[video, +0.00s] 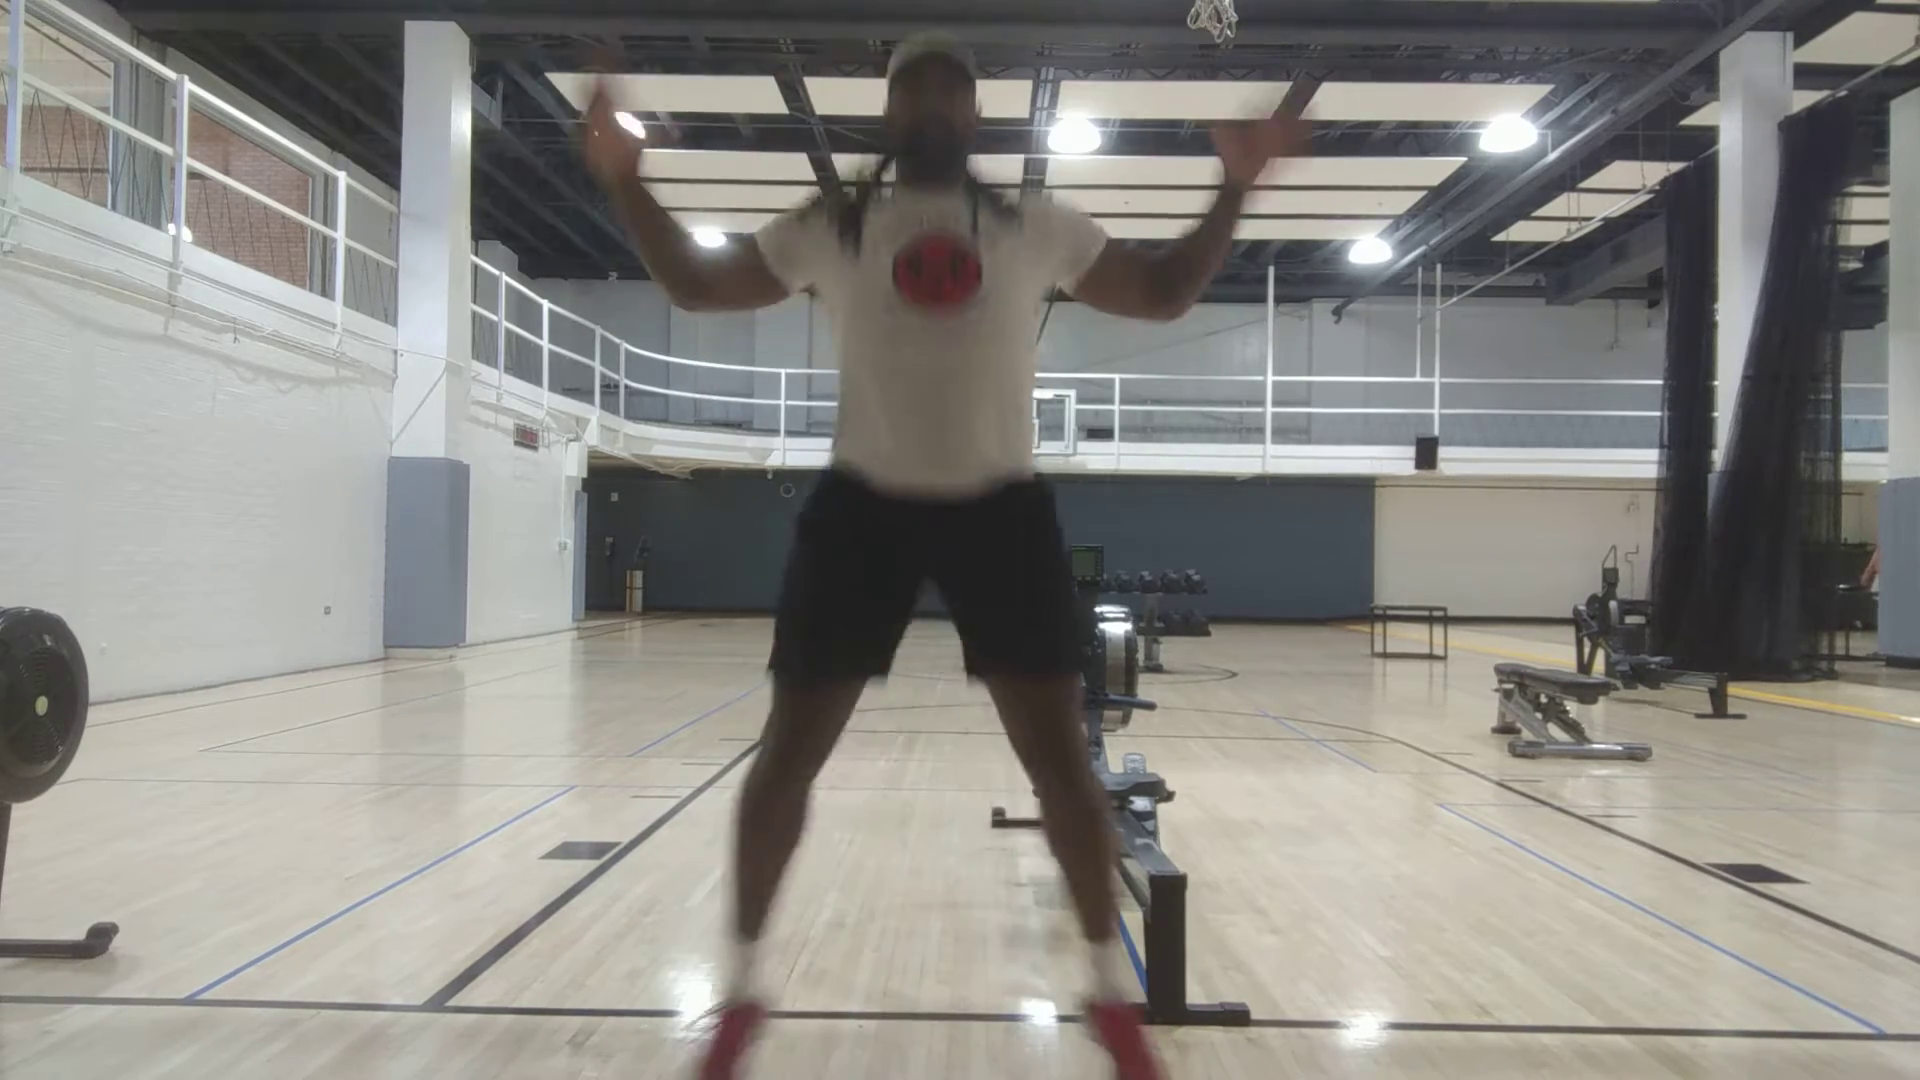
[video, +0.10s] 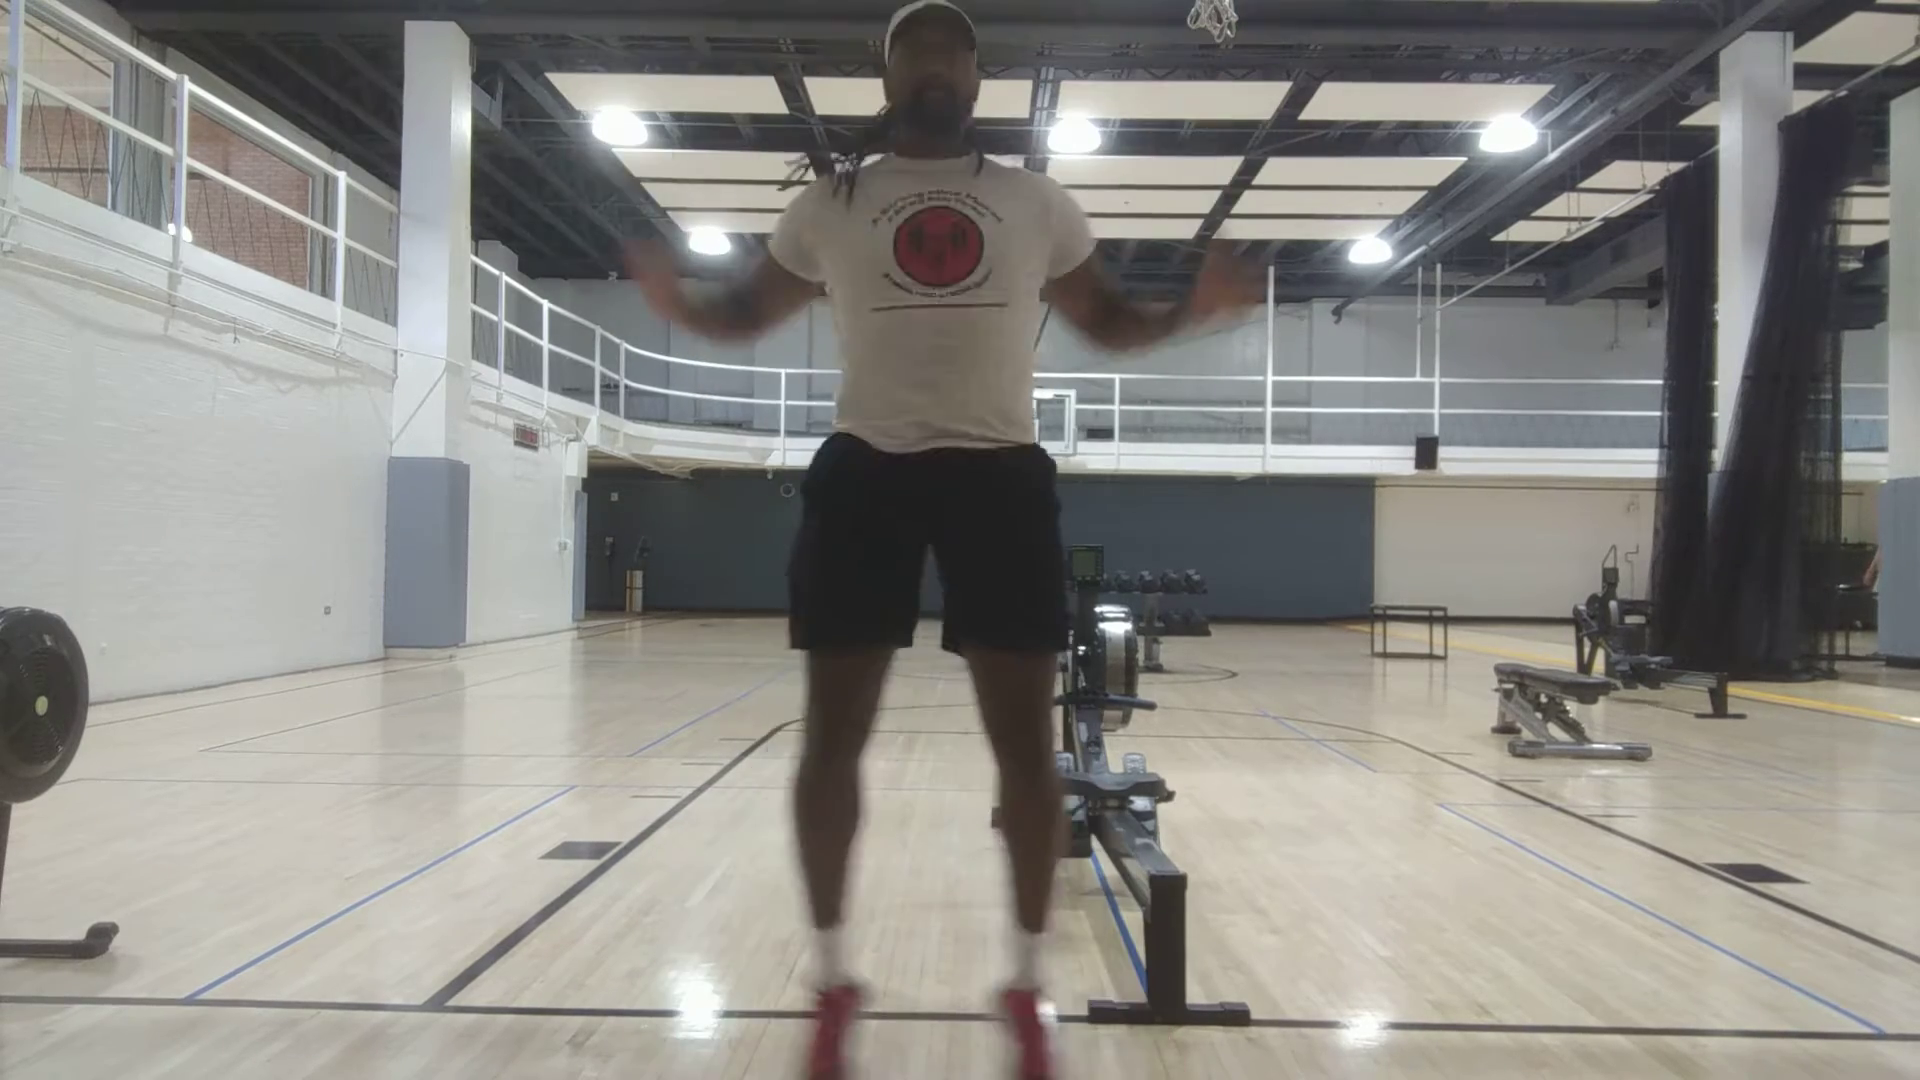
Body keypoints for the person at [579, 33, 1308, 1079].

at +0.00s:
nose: (935, 103)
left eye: (953, 88)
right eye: (917, 87)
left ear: (978, 112)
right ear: (886, 110)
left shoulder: (1032, 222)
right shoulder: (836, 223)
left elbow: (1165, 288)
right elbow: (696, 278)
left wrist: (1235, 187)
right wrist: (623, 182)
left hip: (1002, 511)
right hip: (863, 509)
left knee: (1059, 751)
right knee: (791, 747)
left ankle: (1111, 986)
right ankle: (741, 987)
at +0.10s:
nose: (937, 70)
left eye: (955, 55)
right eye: (918, 52)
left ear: (980, 79)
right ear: (884, 75)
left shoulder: (1034, 196)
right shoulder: (831, 203)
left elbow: (1109, 323)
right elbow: (742, 315)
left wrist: (1191, 304)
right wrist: (681, 294)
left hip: (1001, 482)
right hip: (864, 480)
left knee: (1025, 739)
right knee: (835, 732)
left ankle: (1029, 981)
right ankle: (831, 975)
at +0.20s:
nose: (933, 76)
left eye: (951, 59)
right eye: (914, 59)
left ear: (978, 85)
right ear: (883, 86)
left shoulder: (1034, 215)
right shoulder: (837, 217)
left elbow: (1072, 348)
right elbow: (784, 339)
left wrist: (1118, 377)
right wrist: (749, 367)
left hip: (1001, 502)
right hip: (871, 500)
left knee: (1010, 761)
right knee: (854, 756)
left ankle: (987, 995)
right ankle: (872, 994)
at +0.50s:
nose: (932, 119)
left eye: (949, 101)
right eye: (914, 101)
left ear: (972, 123)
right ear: (884, 121)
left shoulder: (1029, 261)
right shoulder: (832, 259)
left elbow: (1100, 380)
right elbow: (779, 378)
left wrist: (1153, 375)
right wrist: (729, 400)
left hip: (996, 535)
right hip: (868, 536)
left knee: (1000, 773)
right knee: (859, 769)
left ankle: (983, 1005)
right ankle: (876, 1004)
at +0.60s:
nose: (925, 60)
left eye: (945, 45)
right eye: (907, 45)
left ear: (976, 75)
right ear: (881, 73)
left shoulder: (1031, 195)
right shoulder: (833, 196)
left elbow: (1144, 304)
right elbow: (722, 308)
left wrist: (1199, 222)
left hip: (995, 480)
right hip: (864, 479)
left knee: (1012, 727)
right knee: (833, 725)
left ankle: (1025, 975)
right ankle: (822, 965)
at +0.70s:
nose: (929, 75)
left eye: (947, 58)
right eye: (909, 58)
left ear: (977, 80)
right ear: (882, 83)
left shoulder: (1034, 191)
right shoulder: (828, 193)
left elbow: (1175, 243)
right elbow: (680, 242)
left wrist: (1186, 99)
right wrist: (637, 112)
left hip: (996, 482)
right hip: (859, 478)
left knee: (1043, 737)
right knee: (798, 729)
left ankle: (1083, 979)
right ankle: (746, 970)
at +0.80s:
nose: (925, 135)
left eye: (942, 120)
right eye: (908, 120)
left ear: (971, 145)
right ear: (880, 144)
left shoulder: (1031, 244)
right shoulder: (825, 247)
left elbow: (1175, 218)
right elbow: (677, 224)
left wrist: (1105, 86)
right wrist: (716, 82)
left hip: (992, 553)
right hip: (854, 550)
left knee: (1063, 804)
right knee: (767, 797)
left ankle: (1122, 1014)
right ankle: (694, 1011)